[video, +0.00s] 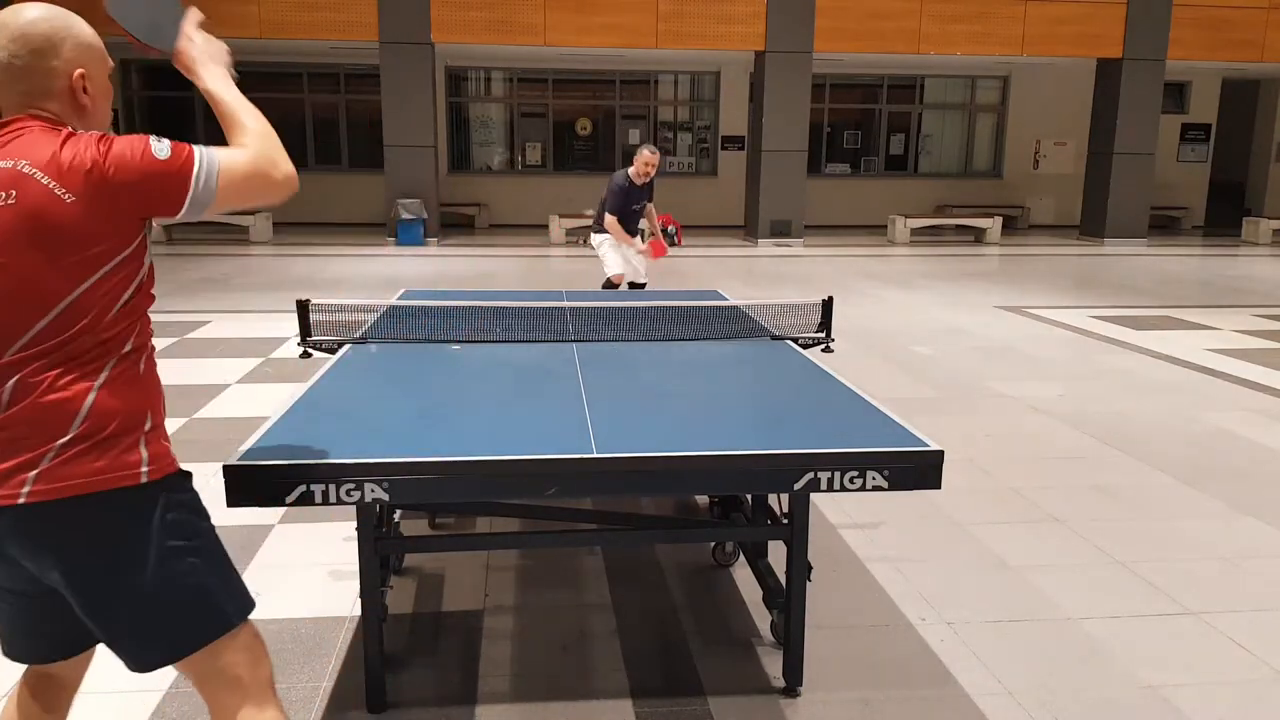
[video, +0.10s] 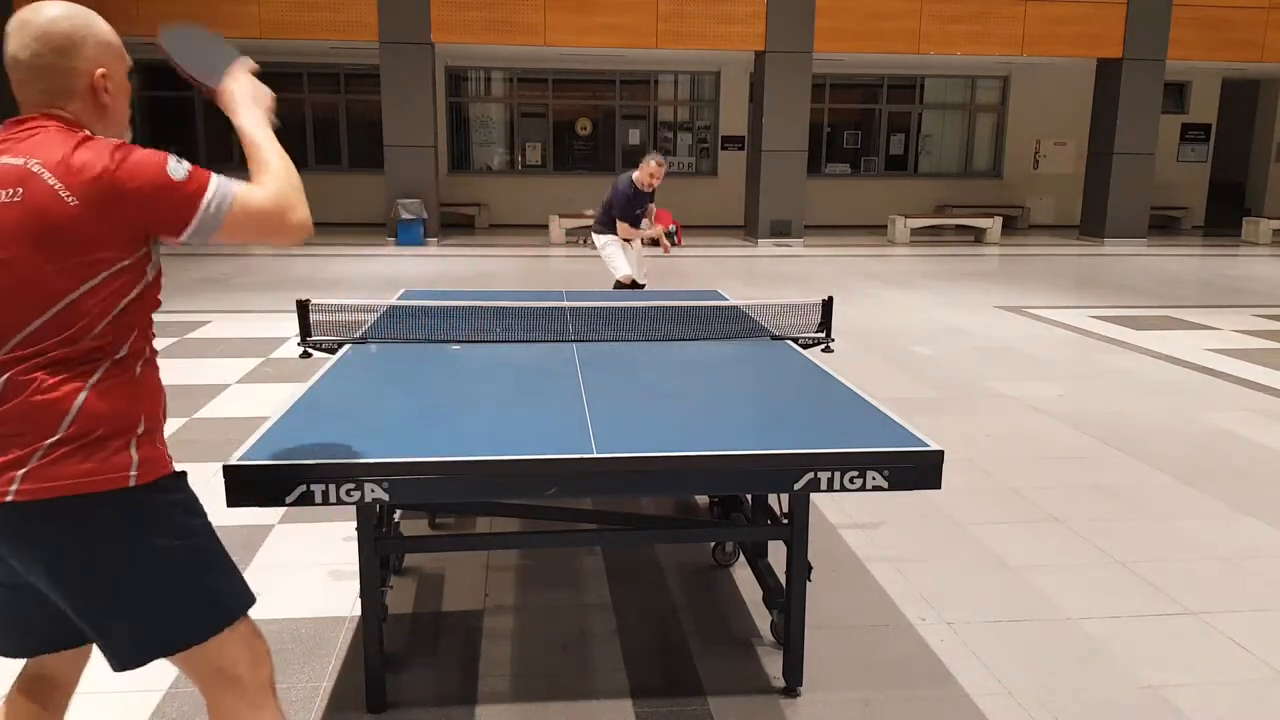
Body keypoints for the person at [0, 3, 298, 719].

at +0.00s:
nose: (111, 97)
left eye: (108, 79)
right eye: (105, 80)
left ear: (10, 88)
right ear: (77, 84)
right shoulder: (102, 166)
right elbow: (273, 172)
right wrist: (215, 75)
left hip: (13, 494)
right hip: (114, 488)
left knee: (47, 673)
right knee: (241, 685)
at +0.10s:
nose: (130, 88)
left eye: (126, 73)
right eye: (124, 74)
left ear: (25, 84)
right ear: (98, 83)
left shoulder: (5, 157)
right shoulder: (107, 172)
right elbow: (288, 217)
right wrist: (250, 110)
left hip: (12, 489)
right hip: (99, 488)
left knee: (49, 669)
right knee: (241, 674)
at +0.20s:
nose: (167, 93)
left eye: (165, 78)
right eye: (163, 78)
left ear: (67, 86)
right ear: (142, 86)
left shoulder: (9, 167)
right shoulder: (133, 181)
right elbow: (304, 268)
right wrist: (298, 163)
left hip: (15, 489)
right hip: (107, 494)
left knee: (51, 668)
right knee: (245, 673)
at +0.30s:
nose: (226, 105)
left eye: (222, 88)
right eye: (222, 89)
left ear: (120, 95)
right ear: (203, 98)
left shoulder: (35, 178)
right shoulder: (175, 204)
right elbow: (319, 332)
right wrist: (351, 229)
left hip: (14, 498)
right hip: (122, 507)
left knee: (68, 665)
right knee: (269, 677)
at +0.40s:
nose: (280, 137)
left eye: (280, 120)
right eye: (279, 120)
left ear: (178, 117)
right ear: (258, 128)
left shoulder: (85, 192)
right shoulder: (213, 231)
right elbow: (314, 394)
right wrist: (385, 323)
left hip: (34, 502)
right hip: (143, 513)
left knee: (104, 633)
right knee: (296, 678)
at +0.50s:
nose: (313, 148)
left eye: (312, 132)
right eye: (311, 132)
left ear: (210, 124)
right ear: (291, 139)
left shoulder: (120, 192)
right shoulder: (237, 241)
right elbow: (293, 426)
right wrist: (384, 386)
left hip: (46, 497)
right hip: (148, 514)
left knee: (115, 641)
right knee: (301, 673)